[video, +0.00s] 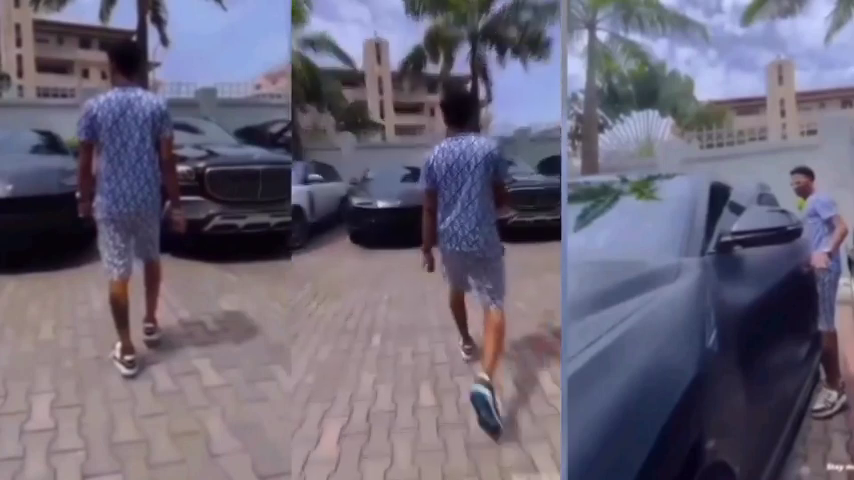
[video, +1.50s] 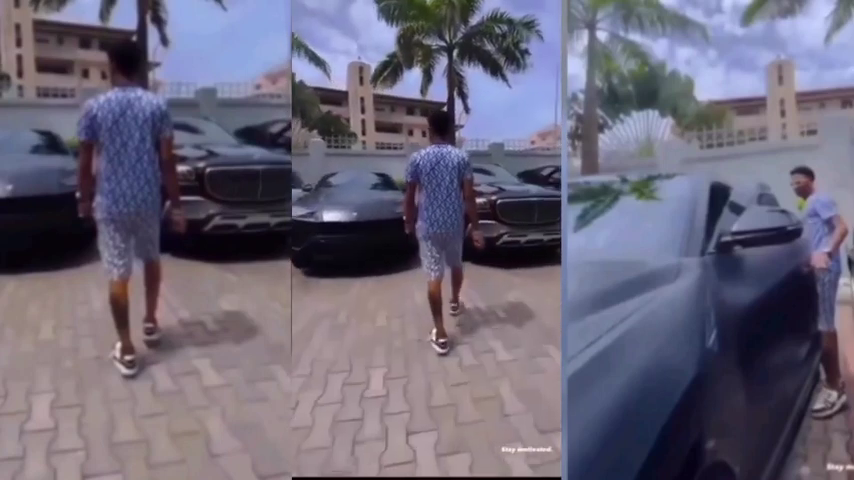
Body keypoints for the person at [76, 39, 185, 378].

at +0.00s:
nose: (110, 72)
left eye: (110, 66)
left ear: (112, 68)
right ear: (142, 67)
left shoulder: (96, 107)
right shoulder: (156, 106)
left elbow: (85, 161)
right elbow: (167, 160)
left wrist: (85, 199)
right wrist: (175, 202)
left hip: (110, 201)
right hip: (147, 200)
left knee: (118, 273)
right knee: (151, 260)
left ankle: (125, 348)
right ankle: (150, 319)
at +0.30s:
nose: (110, 72)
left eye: (110, 66)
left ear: (112, 68)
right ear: (142, 67)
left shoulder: (96, 107)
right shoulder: (156, 106)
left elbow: (85, 161)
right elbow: (167, 160)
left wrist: (85, 199)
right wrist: (175, 202)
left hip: (110, 201)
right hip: (147, 200)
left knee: (118, 273)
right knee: (151, 260)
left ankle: (125, 348)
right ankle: (150, 319)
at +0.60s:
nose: (110, 71)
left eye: (110, 66)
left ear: (112, 68)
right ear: (142, 67)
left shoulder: (95, 107)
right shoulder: (156, 106)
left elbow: (85, 161)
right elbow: (167, 160)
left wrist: (84, 199)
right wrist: (175, 202)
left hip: (110, 201)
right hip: (147, 200)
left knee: (118, 273)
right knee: (151, 260)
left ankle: (125, 348)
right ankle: (150, 319)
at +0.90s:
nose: (110, 71)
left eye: (110, 66)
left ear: (112, 68)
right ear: (142, 67)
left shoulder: (95, 107)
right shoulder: (156, 106)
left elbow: (85, 161)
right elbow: (167, 160)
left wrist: (84, 199)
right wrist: (175, 202)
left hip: (110, 201)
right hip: (147, 200)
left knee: (118, 273)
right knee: (151, 260)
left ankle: (125, 348)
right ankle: (150, 319)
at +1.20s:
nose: (110, 71)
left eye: (110, 66)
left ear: (112, 68)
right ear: (142, 67)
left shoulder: (95, 107)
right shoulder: (156, 106)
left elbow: (85, 161)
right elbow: (167, 160)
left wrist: (84, 199)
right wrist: (175, 202)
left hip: (110, 201)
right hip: (147, 200)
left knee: (118, 273)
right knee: (151, 260)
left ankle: (125, 348)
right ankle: (150, 319)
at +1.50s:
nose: (110, 71)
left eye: (110, 66)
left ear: (112, 68)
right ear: (142, 67)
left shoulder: (95, 107)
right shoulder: (156, 106)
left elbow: (85, 161)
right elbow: (167, 160)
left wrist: (84, 199)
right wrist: (175, 202)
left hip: (110, 201)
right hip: (147, 200)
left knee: (118, 273)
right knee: (151, 260)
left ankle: (125, 348)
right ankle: (150, 319)